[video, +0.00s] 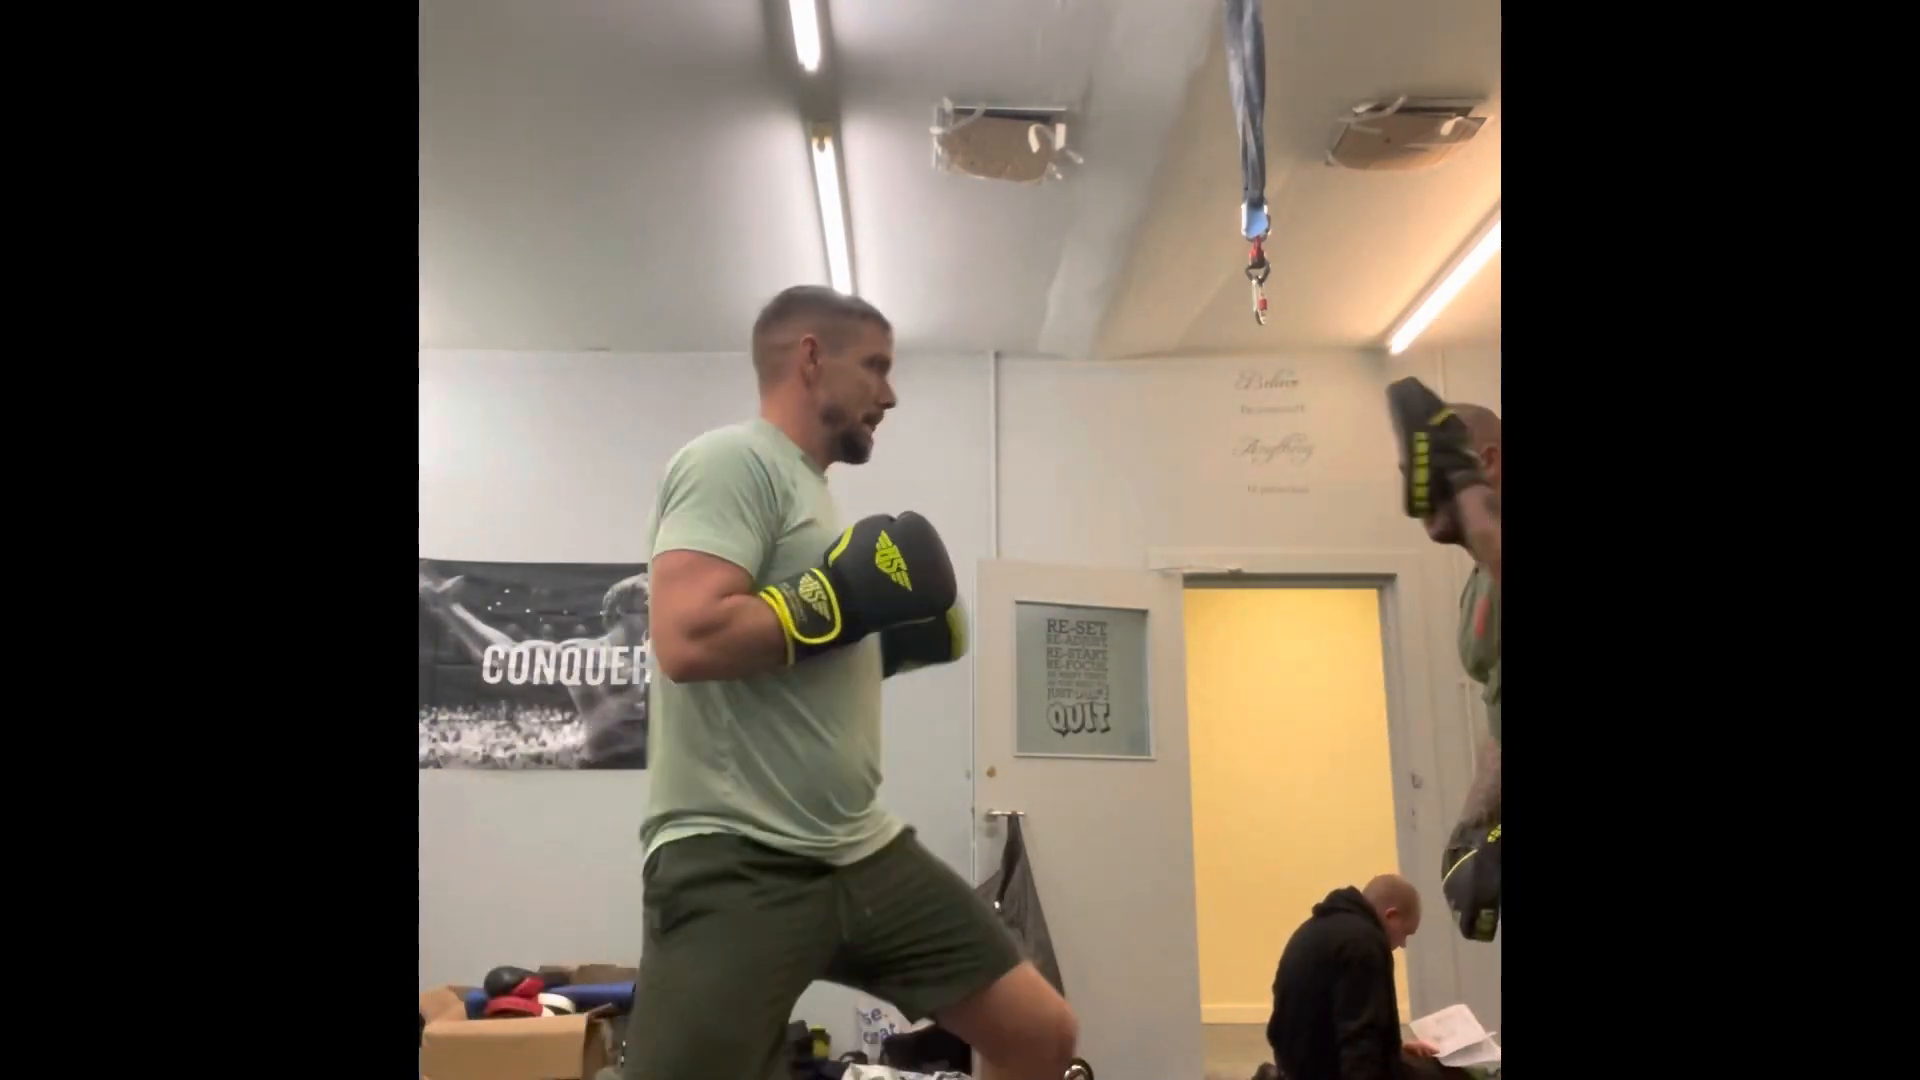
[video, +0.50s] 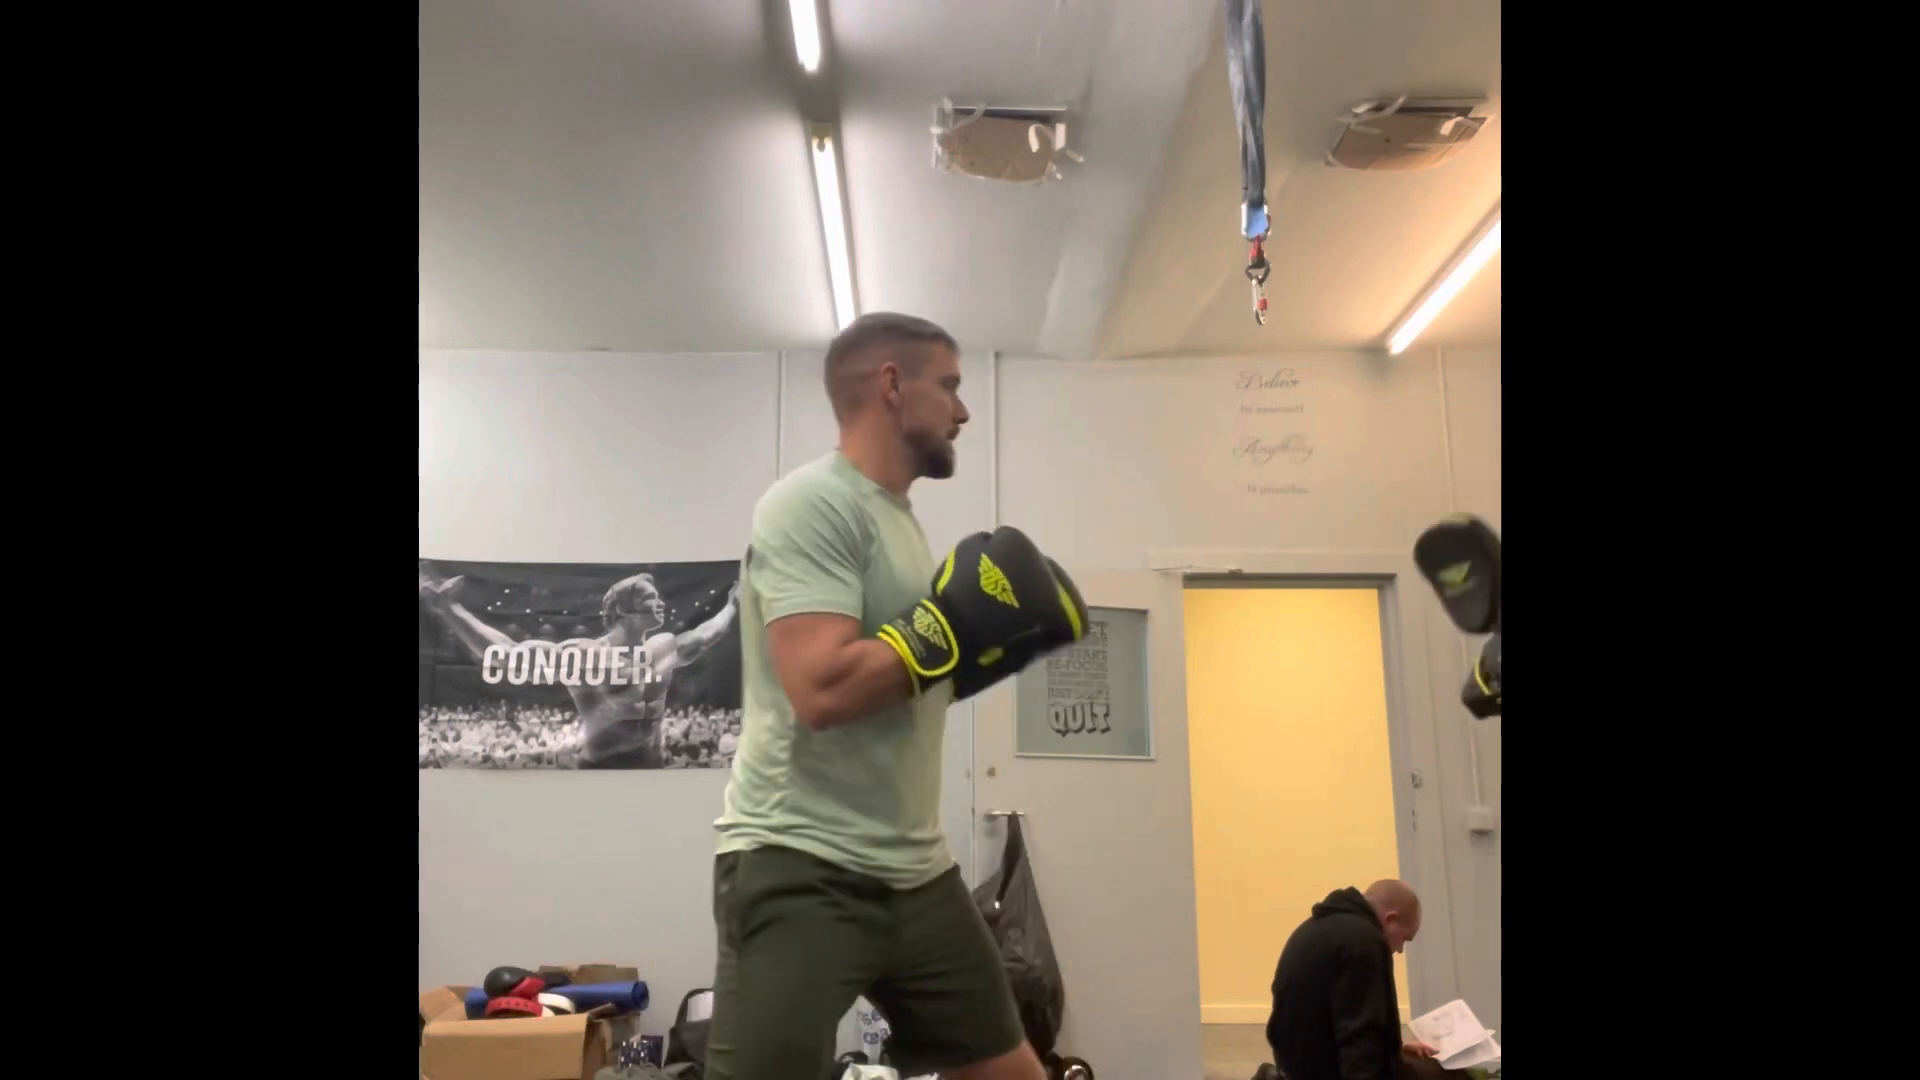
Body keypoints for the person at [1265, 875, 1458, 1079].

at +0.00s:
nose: (1402, 944)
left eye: (1407, 936)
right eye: (1405, 934)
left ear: (1365, 903)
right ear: (1390, 916)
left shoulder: (1314, 928)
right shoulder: (1365, 941)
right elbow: (1364, 1038)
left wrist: (1397, 1048)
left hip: (1300, 1066)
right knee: (1450, 1070)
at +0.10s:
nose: (1401, 948)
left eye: (1407, 939)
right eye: (1405, 937)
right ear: (1390, 918)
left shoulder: (1316, 928)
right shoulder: (1365, 941)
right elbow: (1365, 1037)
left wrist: (1398, 1048)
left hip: (1298, 1064)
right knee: (1449, 1070)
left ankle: (1276, 1073)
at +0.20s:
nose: (1401, 950)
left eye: (1408, 942)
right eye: (1405, 939)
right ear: (1390, 919)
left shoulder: (1315, 928)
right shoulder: (1365, 941)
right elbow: (1363, 1037)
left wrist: (1398, 1049)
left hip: (1297, 1065)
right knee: (1448, 1070)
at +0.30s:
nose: (1399, 951)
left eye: (1407, 941)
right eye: (1405, 938)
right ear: (1390, 918)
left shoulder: (1315, 928)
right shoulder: (1364, 941)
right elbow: (1362, 1043)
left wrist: (1397, 1047)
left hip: (1300, 1065)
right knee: (1448, 1068)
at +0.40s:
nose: (1399, 951)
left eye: (1407, 941)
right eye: (1405, 938)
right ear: (1390, 918)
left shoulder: (1315, 927)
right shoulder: (1364, 941)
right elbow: (1363, 1043)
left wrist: (1397, 1047)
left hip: (1300, 1064)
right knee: (1450, 1069)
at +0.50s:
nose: (1399, 951)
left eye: (1406, 941)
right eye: (1405, 938)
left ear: (1386, 913)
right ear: (1390, 918)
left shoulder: (1315, 927)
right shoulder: (1364, 940)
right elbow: (1362, 1041)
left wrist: (1397, 1047)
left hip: (1299, 1064)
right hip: (1336, 1069)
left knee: (1430, 1063)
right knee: (1449, 1069)